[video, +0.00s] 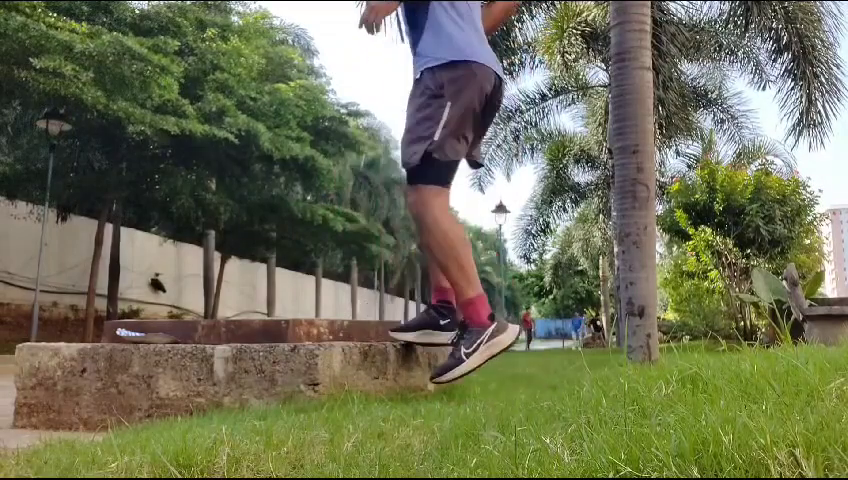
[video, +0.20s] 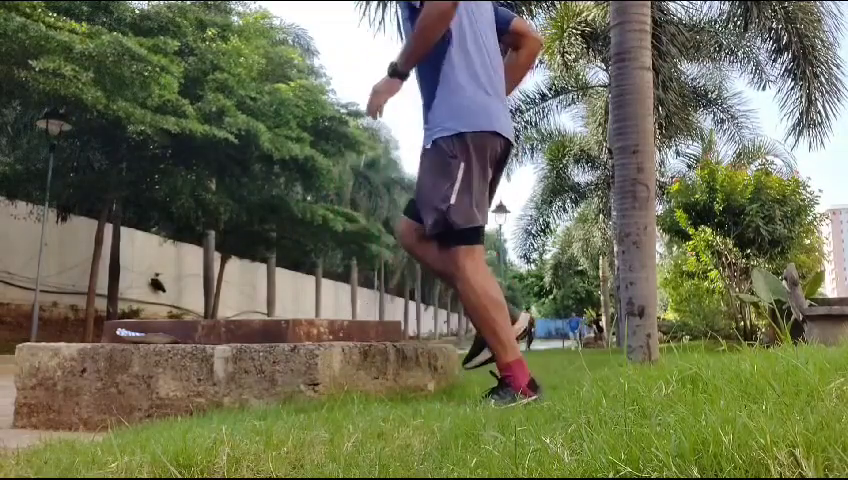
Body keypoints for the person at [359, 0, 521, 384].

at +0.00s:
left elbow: (378, 12)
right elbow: (508, 2)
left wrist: (380, 8)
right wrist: (469, 34)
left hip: (449, 62)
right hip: (485, 70)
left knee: (425, 195)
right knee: (427, 194)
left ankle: (480, 323)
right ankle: (443, 307)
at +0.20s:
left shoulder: (423, 1)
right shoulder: (482, 6)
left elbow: (443, 7)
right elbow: (530, 39)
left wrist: (395, 74)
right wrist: (490, 97)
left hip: (459, 123)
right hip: (495, 125)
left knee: (465, 256)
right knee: (412, 232)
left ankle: (518, 382)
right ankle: (500, 318)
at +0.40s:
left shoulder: (426, 3)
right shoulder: (469, 17)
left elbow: (472, 10)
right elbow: (508, 70)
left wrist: (410, 74)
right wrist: (458, 102)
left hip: (455, 122)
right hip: (500, 132)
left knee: (382, 230)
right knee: (463, 258)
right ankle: (516, 373)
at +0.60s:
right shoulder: (464, 4)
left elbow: (430, 1)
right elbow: (484, 36)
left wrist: (390, 41)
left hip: (436, 80)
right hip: (485, 95)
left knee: (356, 184)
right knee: (456, 224)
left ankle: (394, 300)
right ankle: (503, 342)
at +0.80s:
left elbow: (375, 12)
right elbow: (485, 5)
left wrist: (366, 16)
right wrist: (450, 34)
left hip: (430, 52)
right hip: (477, 61)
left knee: (395, 177)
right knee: (419, 182)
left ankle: (401, 308)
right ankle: (442, 303)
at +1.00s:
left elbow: (376, 6)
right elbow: (501, 3)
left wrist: (367, 12)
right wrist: (461, 40)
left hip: (438, 57)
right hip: (476, 64)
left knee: (410, 186)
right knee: (412, 187)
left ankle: (469, 311)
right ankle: (423, 310)